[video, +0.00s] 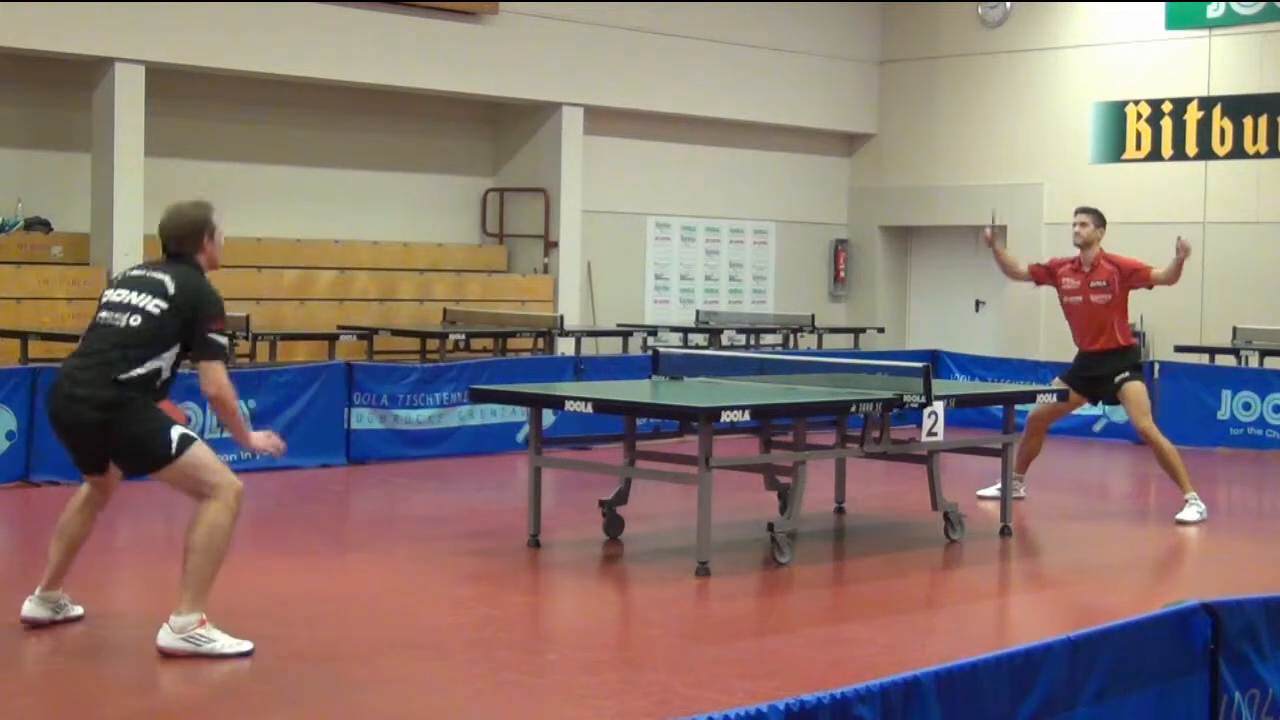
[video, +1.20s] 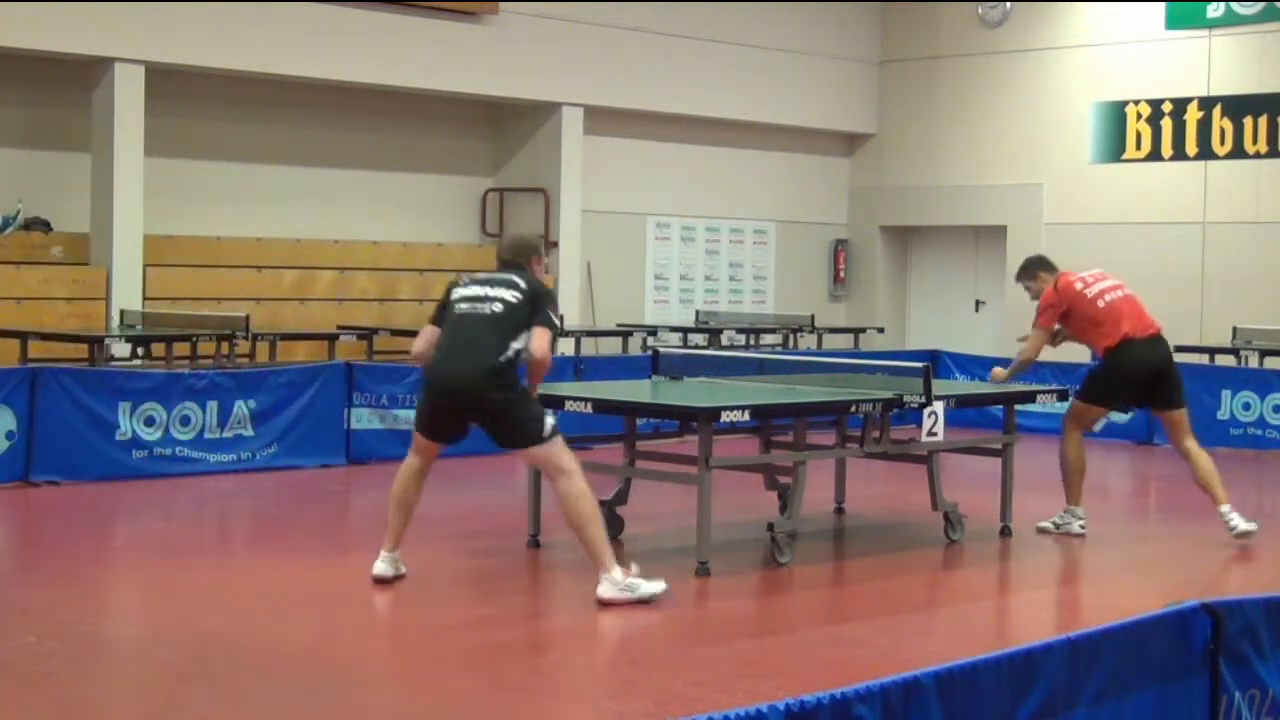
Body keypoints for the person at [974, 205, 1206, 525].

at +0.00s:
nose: (1076, 230)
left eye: (1083, 225)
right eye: (1074, 225)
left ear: (1100, 231)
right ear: (1072, 231)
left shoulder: (1118, 267)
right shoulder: (1060, 268)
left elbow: (1166, 277)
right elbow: (1017, 272)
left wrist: (1179, 260)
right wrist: (996, 248)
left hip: (1122, 360)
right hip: (1086, 362)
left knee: (1144, 426)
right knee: (1037, 418)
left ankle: (1192, 499)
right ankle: (1014, 482)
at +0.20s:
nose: (1076, 224)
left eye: (1083, 219)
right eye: (1075, 220)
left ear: (1102, 225)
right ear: (1077, 228)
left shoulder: (1124, 266)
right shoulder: (1068, 267)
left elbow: (1156, 304)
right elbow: (1030, 293)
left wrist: (1165, 299)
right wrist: (1010, 261)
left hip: (1115, 357)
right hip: (1079, 357)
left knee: (1141, 424)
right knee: (1043, 420)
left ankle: (1192, 499)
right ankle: (1015, 482)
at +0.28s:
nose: (1075, 226)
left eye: (1082, 221)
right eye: (1075, 221)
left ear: (1101, 225)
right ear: (1080, 228)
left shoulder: (1125, 267)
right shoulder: (1071, 269)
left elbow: (1141, 309)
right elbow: (1048, 310)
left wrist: (1145, 332)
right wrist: (1018, 290)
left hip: (1112, 357)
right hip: (1075, 357)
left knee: (1142, 427)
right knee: (1043, 422)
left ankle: (1192, 499)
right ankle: (1016, 482)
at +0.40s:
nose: (1074, 228)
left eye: (1080, 223)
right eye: (1074, 224)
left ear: (1100, 227)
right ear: (1087, 229)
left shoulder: (1123, 269)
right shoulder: (1073, 271)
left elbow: (1123, 324)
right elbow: (1072, 321)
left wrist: (1112, 372)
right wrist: (1047, 350)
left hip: (1106, 357)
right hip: (1073, 356)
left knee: (1140, 427)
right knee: (1044, 422)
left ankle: (1191, 498)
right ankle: (1016, 481)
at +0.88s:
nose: (1075, 231)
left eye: (1081, 225)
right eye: (1073, 226)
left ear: (1098, 229)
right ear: (1071, 231)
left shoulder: (1116, 269)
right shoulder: (1066, 273)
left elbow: (1112, 323)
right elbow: (1061, 320)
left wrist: (1086, 363)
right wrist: (1048, 361)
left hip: (1105, 357)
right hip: (1069, 357)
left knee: (1138, 426)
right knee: (1036, 422)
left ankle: (1191, 498)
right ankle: (1015, 481)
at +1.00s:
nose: (1054, 262)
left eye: (1052, 254)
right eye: (1050, 256)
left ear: (1063, 243)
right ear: (1075, 237)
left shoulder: (1076, 265)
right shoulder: (1121, 249)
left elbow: (1057, 328)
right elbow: (1125, 292)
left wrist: (1033, 359)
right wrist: (1090, 311)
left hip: (1126, 349)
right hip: (1164, 344)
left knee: (1083, 427)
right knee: (1168, 437)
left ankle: (1074, 514)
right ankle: (1185, 519)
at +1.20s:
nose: (1032, 296)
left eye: (1030, 288)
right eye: (1028, 291)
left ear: (1041, 277)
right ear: (1053, 271)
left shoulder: (1055, 293)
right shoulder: (1092, 276)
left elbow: (1031, 353)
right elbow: (1097, 317)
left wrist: (1007, 373)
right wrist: (1064, 335)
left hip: (1121, 359)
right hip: (1159, 351)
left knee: (1073, 427)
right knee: (1186, 441)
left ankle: (1073, 514)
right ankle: (1229, 514)